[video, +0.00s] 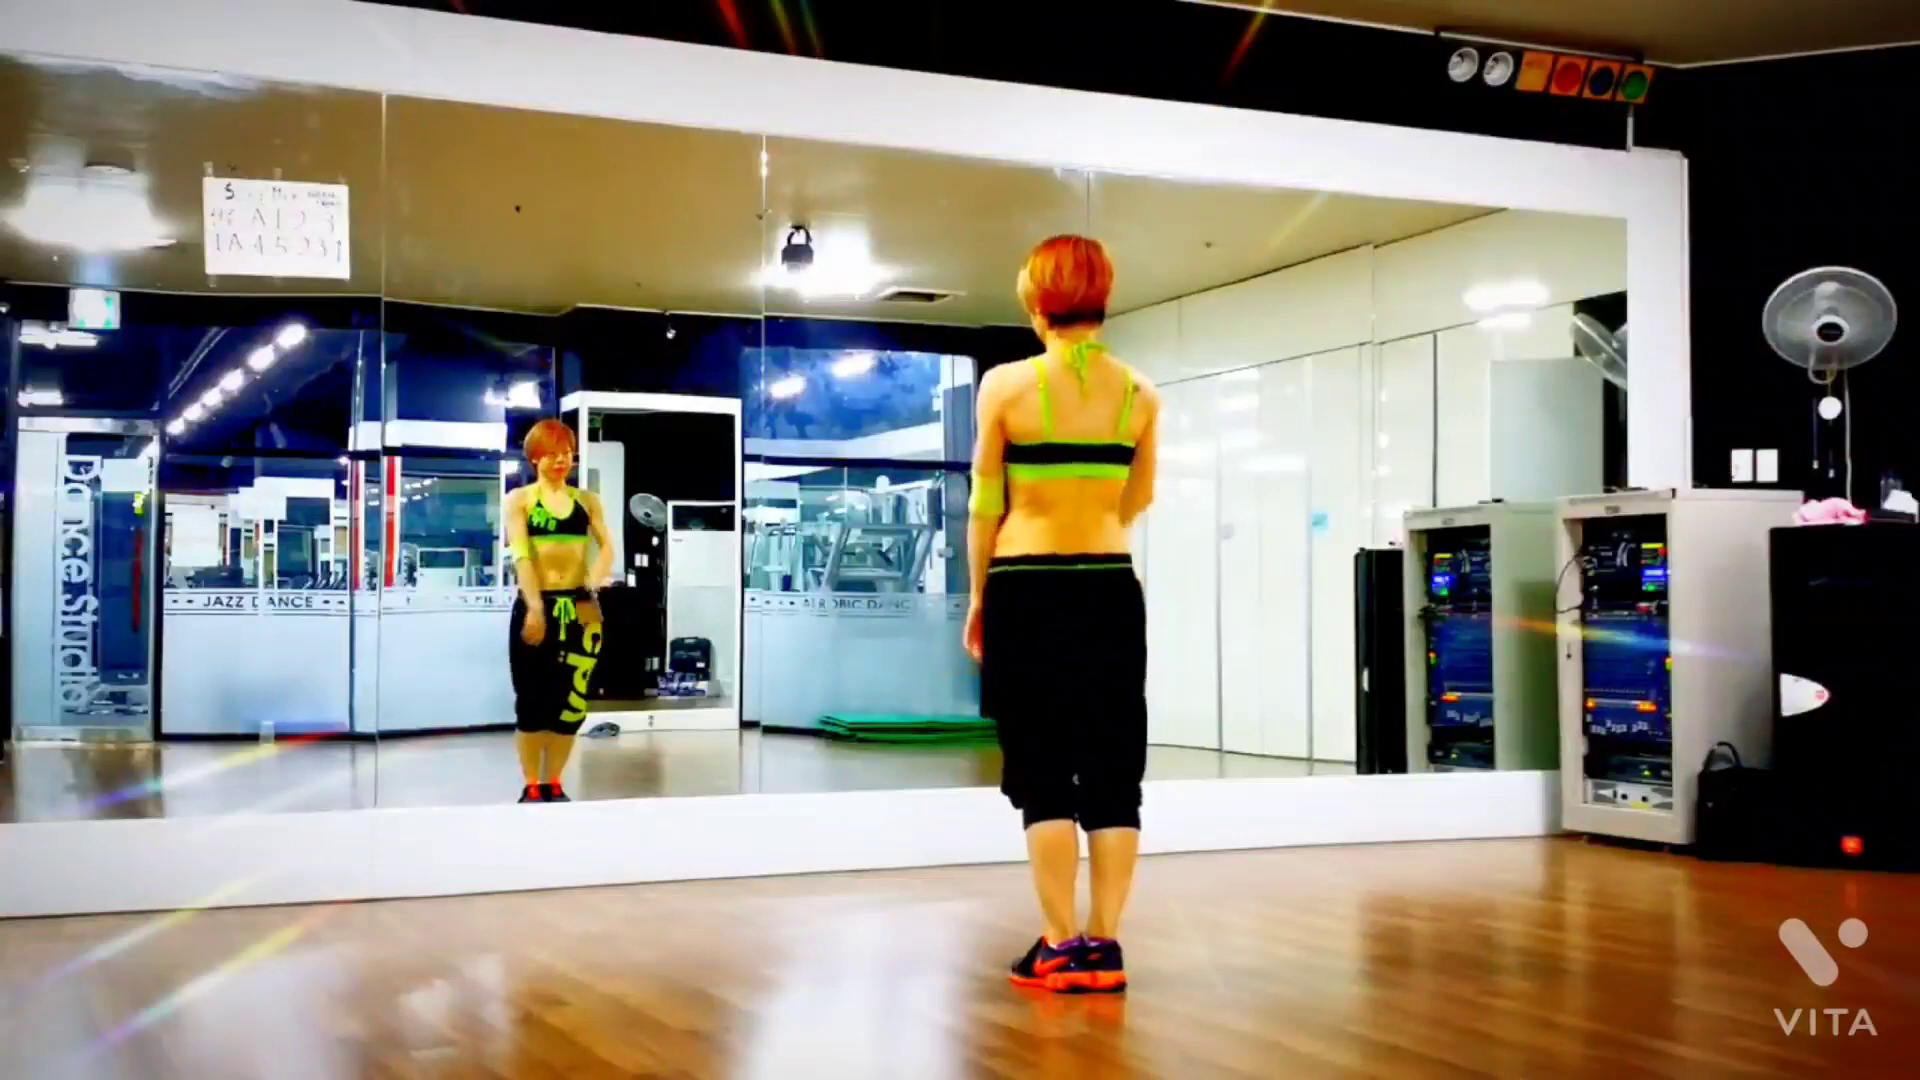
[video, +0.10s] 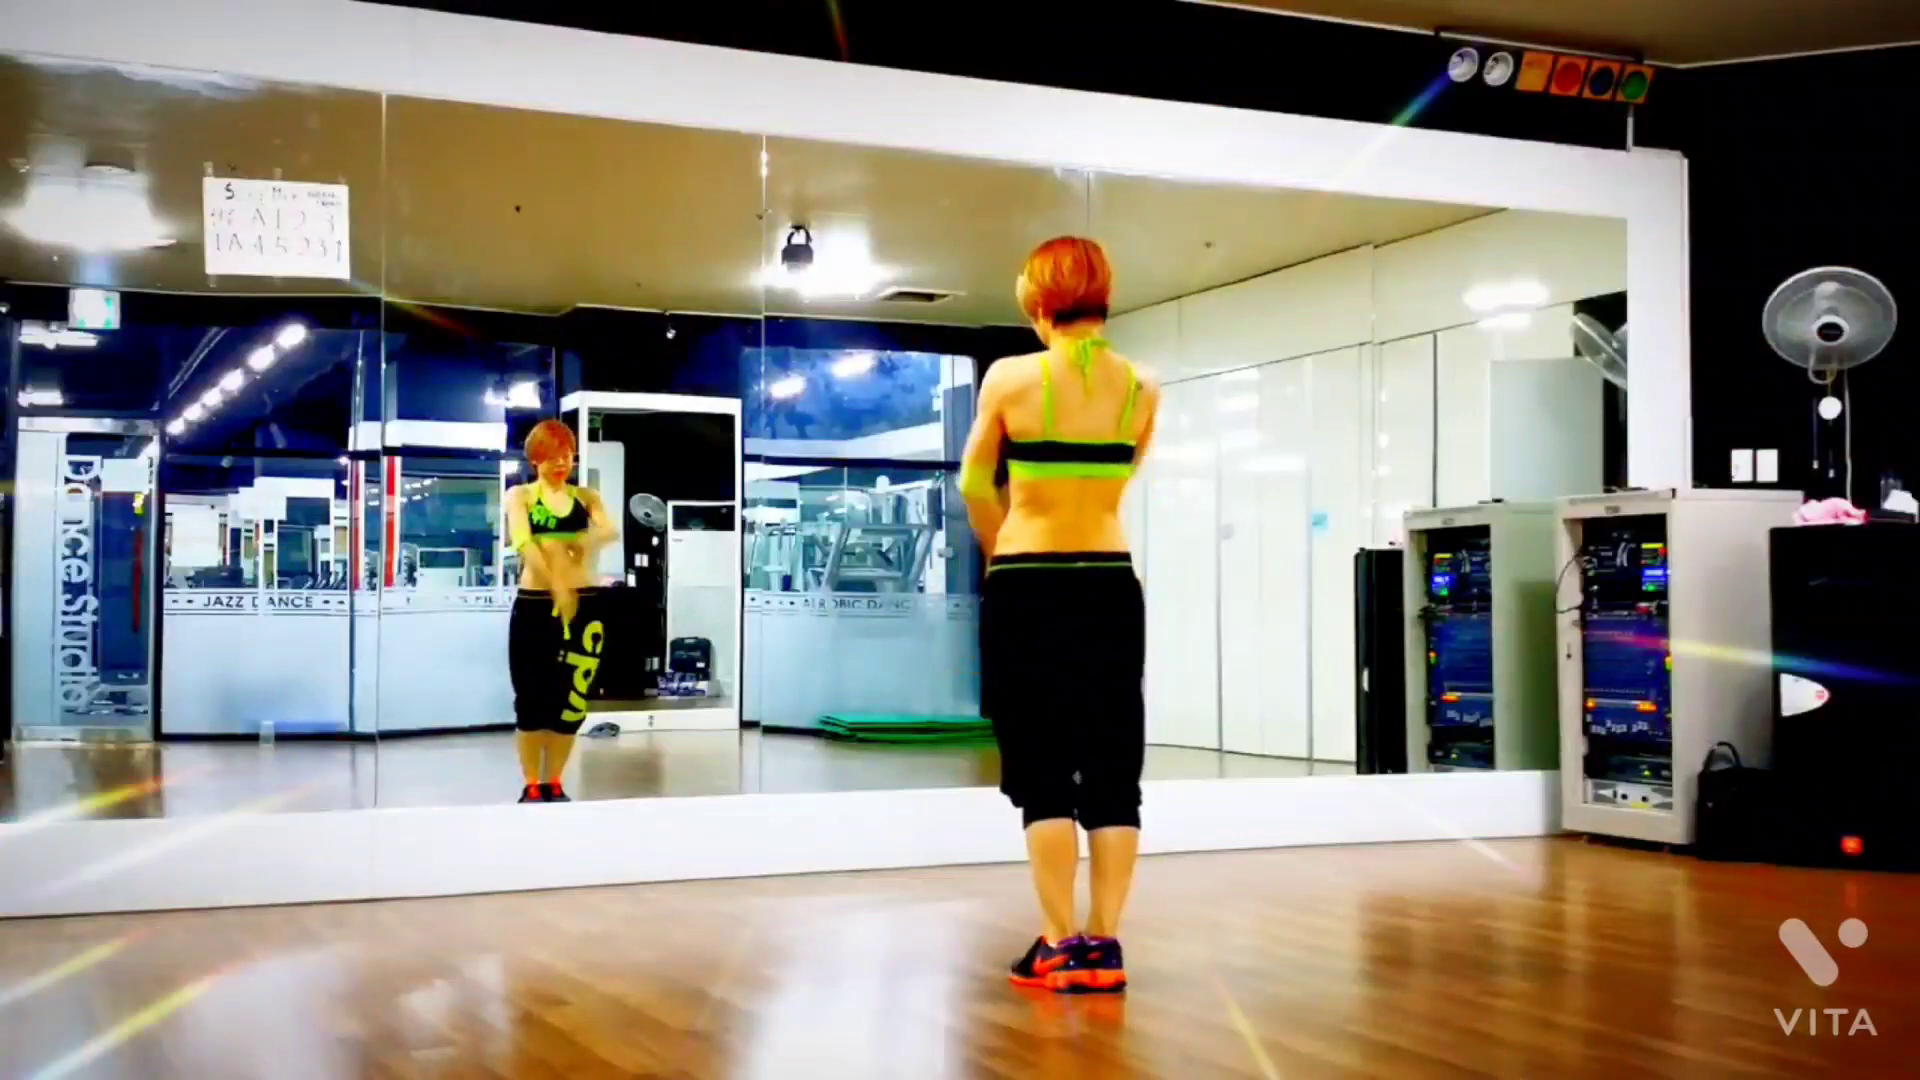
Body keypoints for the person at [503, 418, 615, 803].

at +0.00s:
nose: (560, 462)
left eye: (566, 455)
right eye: (551, 455)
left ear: (573, 457)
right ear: (535, 459)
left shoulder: (587, 501)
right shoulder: (519, 500)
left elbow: (607, 548)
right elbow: (523, 556)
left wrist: (595, 582)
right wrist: (535, 606)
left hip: (580, 606)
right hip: (537, 604)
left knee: (571, 699)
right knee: (533, 699)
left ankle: (552, 783)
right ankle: (531, 785)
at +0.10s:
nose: (560, 465)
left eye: (566, 457)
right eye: (551, 459)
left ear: (573, 458)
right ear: (535, 461)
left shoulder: (586, 496)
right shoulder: (519, 496)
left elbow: (611, 531)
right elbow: (525, 545)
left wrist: (577, 542)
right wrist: (557, 585)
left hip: (580, 603)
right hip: (533, 604)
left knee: (570, 697)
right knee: (532, 698)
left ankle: (553, 783)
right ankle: (531, 785)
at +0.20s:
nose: (561, 465)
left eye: (566, 458)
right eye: (552, 459)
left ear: (574, 459)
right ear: (537, 461)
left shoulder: (583, 496)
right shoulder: (520, 490)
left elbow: (611, 485)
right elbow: (524, 513)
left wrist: (566, 488)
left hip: (581, 602)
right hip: (533, 602)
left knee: (571, 700)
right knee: (531, 700)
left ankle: (553, 783)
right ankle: (531, 785)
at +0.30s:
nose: (556, 458)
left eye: (563, 451)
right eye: (548, 452)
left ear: (572, 454)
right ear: (535, 456)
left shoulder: (586, 488)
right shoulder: (523, 491)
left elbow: (611, 457)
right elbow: (519, 486)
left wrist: (577, 456)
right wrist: (543, 472)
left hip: (581, 603)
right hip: (532, 604)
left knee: (571, 705)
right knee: (531, 704)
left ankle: (553, 783)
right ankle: (531, 786)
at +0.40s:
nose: (558, 443)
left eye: (562, 437)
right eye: (547, 437)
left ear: (570, 449)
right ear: (531, 452)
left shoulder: (585, 488)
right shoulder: (526, 492)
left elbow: (608, 455)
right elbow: (520, 481)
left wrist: (574, 442)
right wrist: (552, 458)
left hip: (581, 603)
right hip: (533, 604)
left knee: (571, 704)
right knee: (530, 703)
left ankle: (552, 783)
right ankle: (531, 785)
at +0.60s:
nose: (554, 461)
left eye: (559, 454)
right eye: (546, 456)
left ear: (568, 458)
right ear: (531, 463)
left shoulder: (585, 499)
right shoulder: (521, 501)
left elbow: (590, 518)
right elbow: (549, 518)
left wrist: (577, 482)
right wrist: (566, 487)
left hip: (576, 608)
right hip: (530, 609)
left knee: (570, 708)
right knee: (537, 706)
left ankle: (553, 782)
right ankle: (532, 785)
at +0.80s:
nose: (556, 488)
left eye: (561, 483)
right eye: (547, 484)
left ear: (571, 494)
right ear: (532, 498)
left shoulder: (587, 543)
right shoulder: (519, 542)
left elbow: (591, 596)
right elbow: (521, 602)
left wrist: (589, 638)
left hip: (572, 637)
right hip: (529, 638)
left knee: (573, 729)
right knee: (538, 722)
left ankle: (553, 783)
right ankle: (532, 786)